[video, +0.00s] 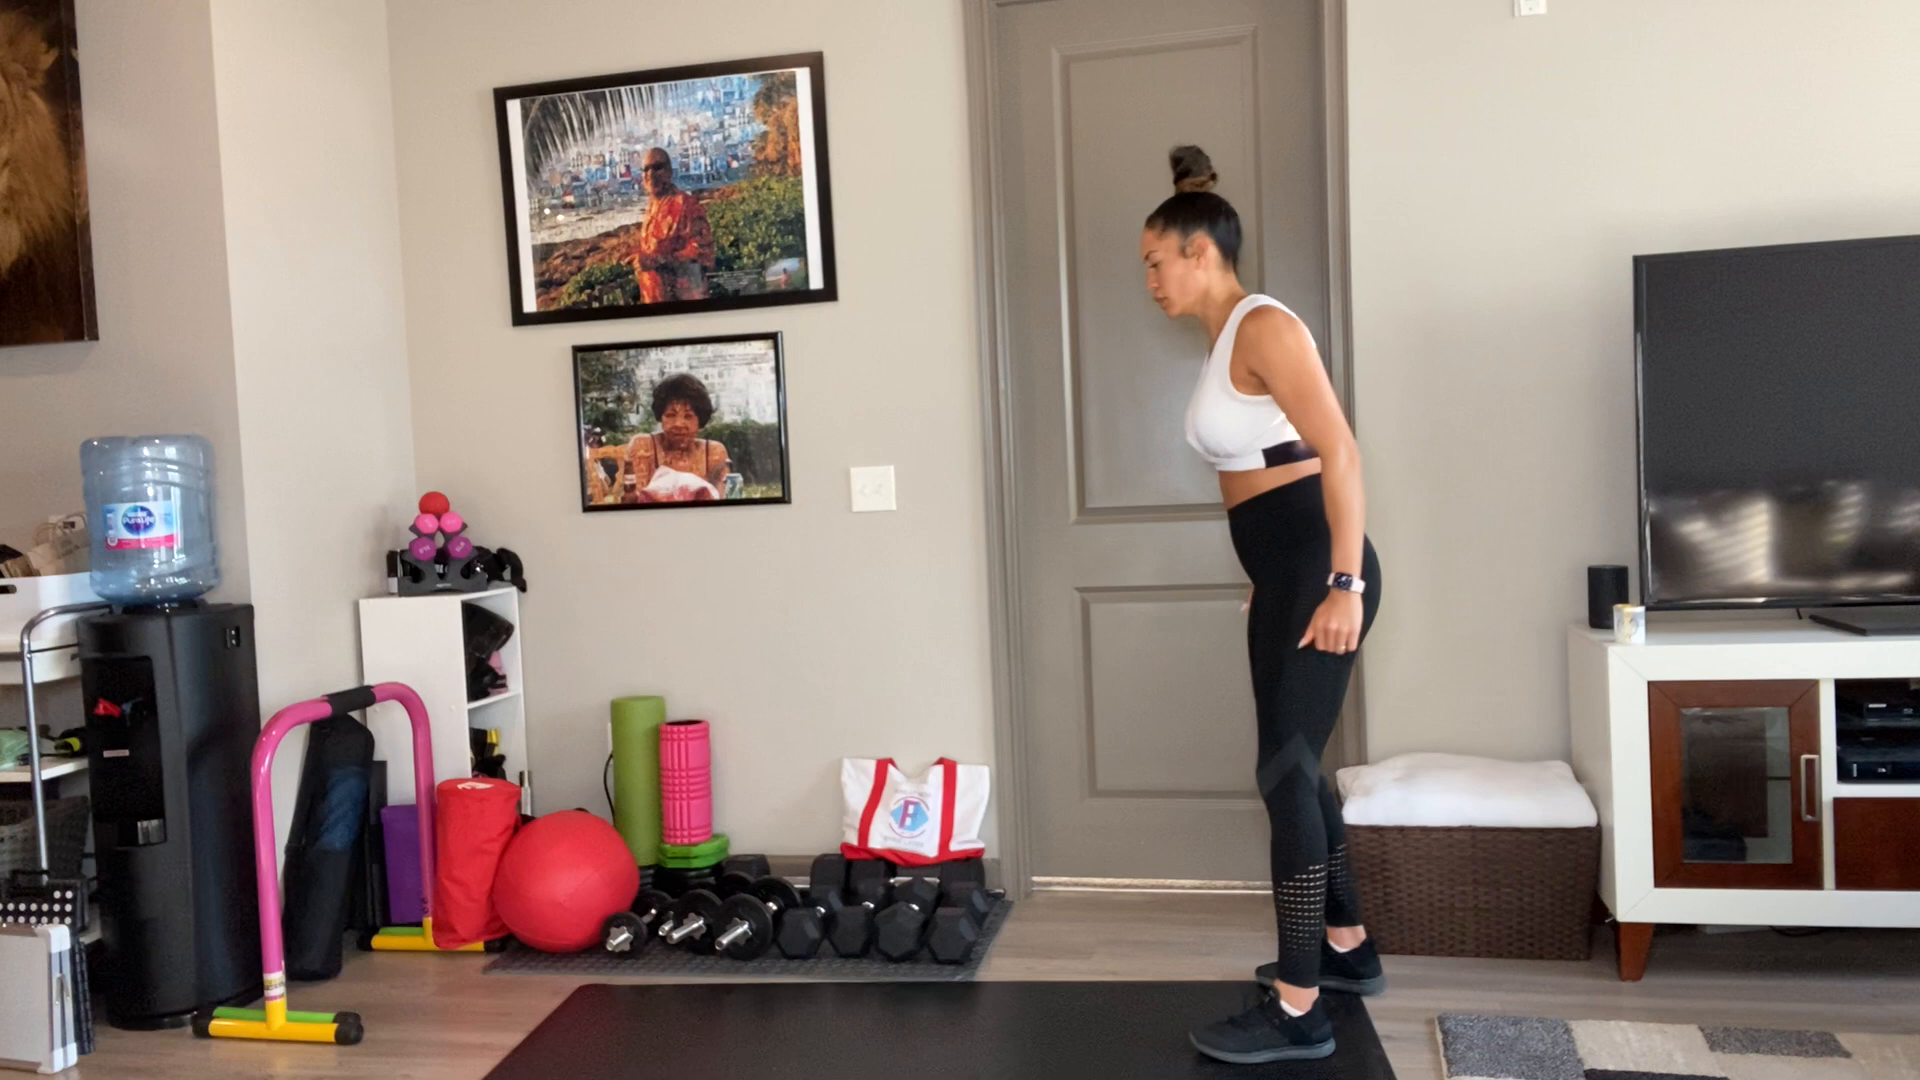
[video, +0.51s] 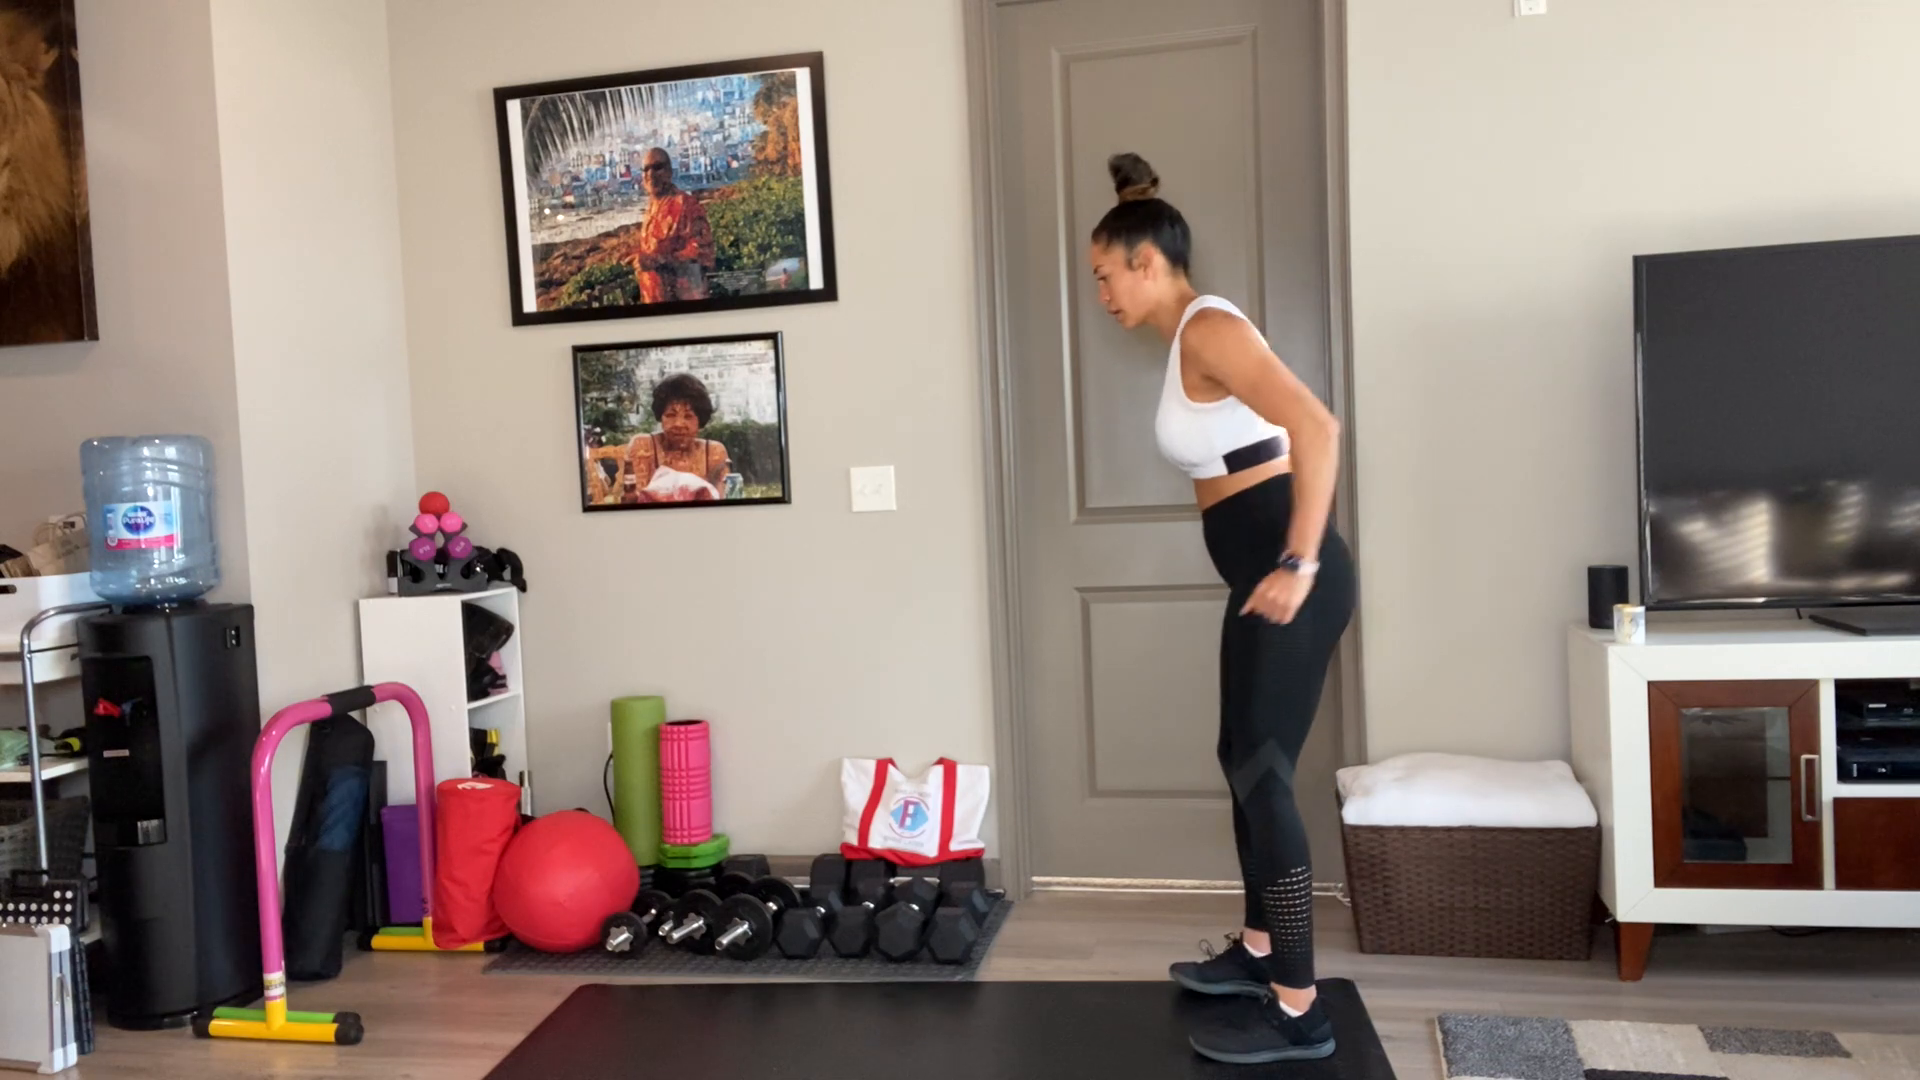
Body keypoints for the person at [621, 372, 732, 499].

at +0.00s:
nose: (679, 424)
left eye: (688, 416)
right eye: (671, 415)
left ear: (700, 420)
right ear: (660, 418)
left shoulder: (715, 451)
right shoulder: (641, 446)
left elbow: (719, 500)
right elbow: (636, 499)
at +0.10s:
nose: (679, 424)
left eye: (688, 416)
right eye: (671, 415)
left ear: (700, 420)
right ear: (660, 418)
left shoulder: (715, 451)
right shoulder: (641, 446)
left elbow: (719, 500)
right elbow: (636, 499)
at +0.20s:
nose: (679, 424)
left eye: (688, 416)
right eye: (671, 415)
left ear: (700, 420)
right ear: (660, 418)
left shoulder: (715, 451)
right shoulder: (641, 446)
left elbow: (719, 500)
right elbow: (636, 499)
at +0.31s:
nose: (679, 424)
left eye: (688, 416)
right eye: (671, 415)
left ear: (700, 421)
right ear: (660, 418)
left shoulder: (715, 451)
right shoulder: (641, 446)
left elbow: (719, 500)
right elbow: (636, 499)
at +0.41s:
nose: (679, 424)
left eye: (688, 416)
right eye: (671, 415)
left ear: (700, 420)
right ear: (660, 418)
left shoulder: (715, 451)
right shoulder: (641, 446)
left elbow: (718, 500)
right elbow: (637, 499)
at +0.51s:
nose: (679, 424)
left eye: (688, 416)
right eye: (671, 415)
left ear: (700, 420)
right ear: (660, 418)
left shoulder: (715, 451)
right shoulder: (641, 446)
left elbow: (719, 500)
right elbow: (637, 499)